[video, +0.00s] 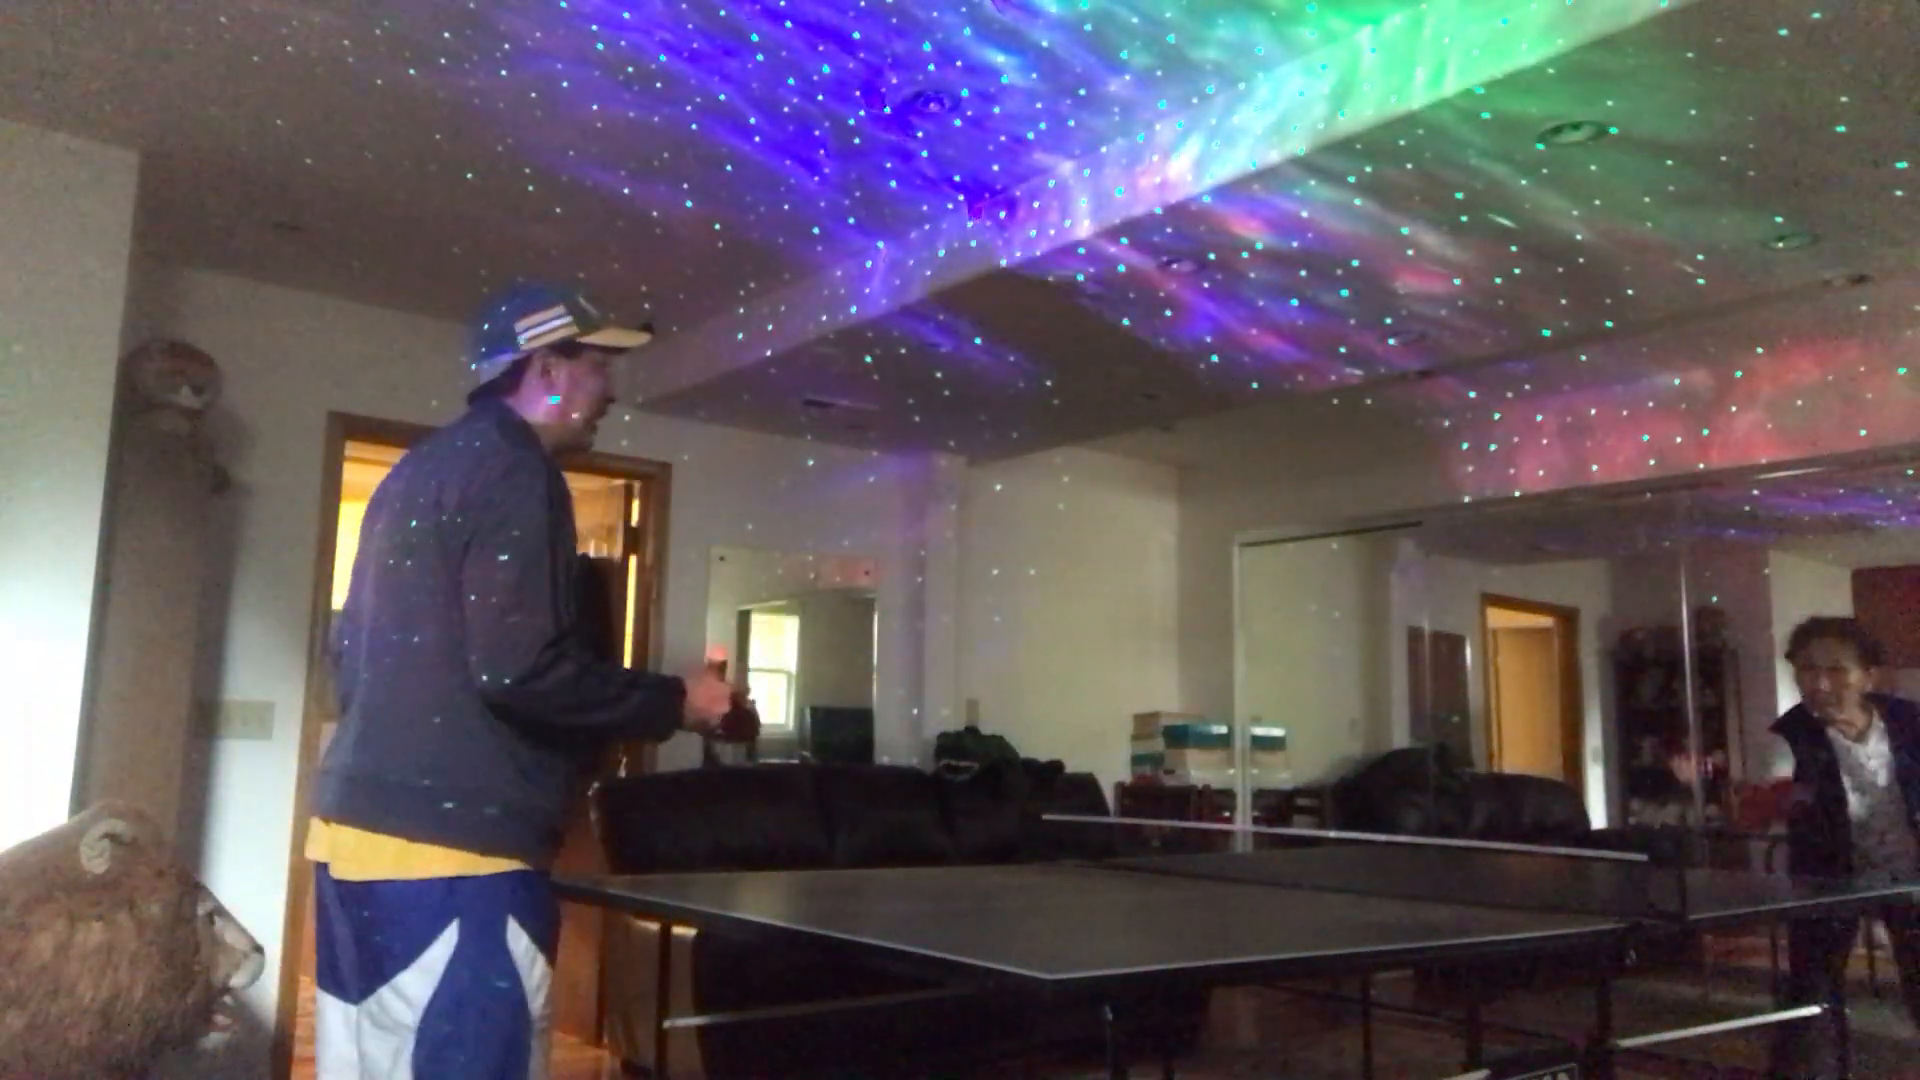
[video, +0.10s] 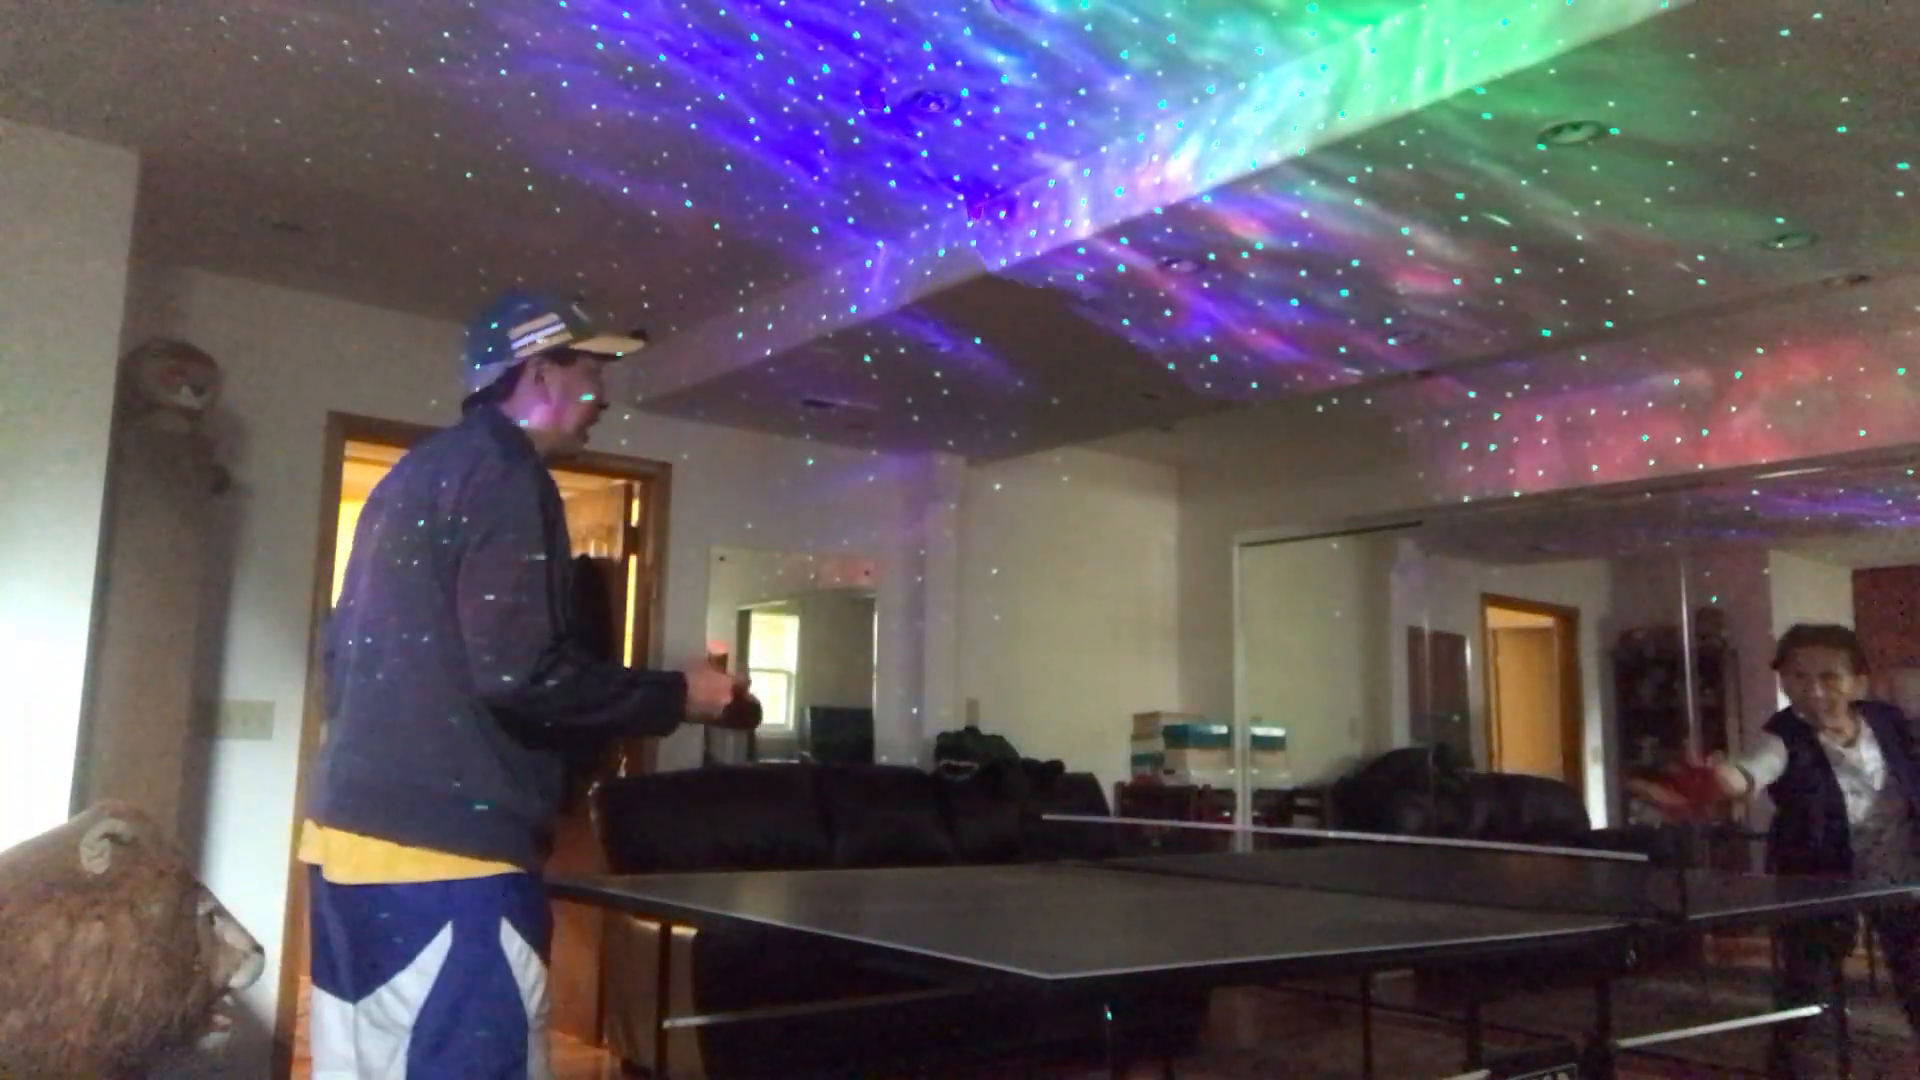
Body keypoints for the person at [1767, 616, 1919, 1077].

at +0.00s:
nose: (1820, 684)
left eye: (1836, 671)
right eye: (1808, 671)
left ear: (1868, 676)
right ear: (1795, 678)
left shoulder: (1904, 719)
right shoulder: (1792, 735)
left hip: (1903, 867)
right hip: (1830, 871)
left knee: (1915, 975)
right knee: (1812, 978)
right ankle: (1801, 1065)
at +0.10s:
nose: (1814, 690)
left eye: (1829, 678)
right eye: (1800, 677)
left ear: (1859, 683)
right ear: (1784, 683)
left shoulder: (1889, 722)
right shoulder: (1787, 735)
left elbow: (1913, 776)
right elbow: (1752, 768)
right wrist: (1711, 785)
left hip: (1895, 869)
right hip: (1819, 873)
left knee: (1913, 974)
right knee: (1808, 979)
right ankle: (1786, 1053)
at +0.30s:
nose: (1784, 712)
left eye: (1801, 698)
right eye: (1774, 697)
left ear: (1835, 700)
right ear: (1760, 696)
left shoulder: (1873, 733)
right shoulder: (1756, 743)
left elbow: (1900, 790)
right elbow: (1690, 802)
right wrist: (1673, 806)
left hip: (1878, 873)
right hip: (1794, 879)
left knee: (1906, 979)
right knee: (1788, 987)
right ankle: (1768, 1069)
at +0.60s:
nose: (1777, 703)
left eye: (1792, 691)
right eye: (1769, 689)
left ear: (1830, 694)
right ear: (1757, 690)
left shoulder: (1877, 736)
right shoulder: (1746, 746)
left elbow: (1908, 811)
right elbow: (1706, 816)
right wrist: (1719, 840)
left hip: (1868, 871)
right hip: (1785, 876)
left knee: (1908, 957)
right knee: (1788, 966)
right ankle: (1776, 1063)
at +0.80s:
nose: (1797, 681)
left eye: (1813, 667)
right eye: (1789, 667)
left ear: (1857, 675)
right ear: (1780, 675)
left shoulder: (1900, 726)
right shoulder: (1779, 738)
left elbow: (1912, 811)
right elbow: (1782, 810)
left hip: (1896, 879)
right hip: (1819, 884)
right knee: (1807, 983)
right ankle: (1795, 1065)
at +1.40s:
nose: (1773, 665)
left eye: (1784, 648)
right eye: (1768, 652)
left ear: (1827, 645)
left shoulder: (1888, 706)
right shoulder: (1787, 711)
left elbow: (1909, 797)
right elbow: (1769, 796)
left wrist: (1897, 873)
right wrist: (1763, 868)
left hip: (1886, 882)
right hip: (1806, 885)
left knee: (1914, 998)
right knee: (1786, 1006)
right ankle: (1776, 1070)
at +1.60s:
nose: (1788, 652)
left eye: (1800, 640)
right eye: (1789, 639)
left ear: (1843, 640)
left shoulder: (1903, 703)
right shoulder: (1805, 706)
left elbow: (1911, 797)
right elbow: (1787, 762)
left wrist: (1906, 885)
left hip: (1900, 882)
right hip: (1828, 886)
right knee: (1798, 1004)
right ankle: (1783, 1072)